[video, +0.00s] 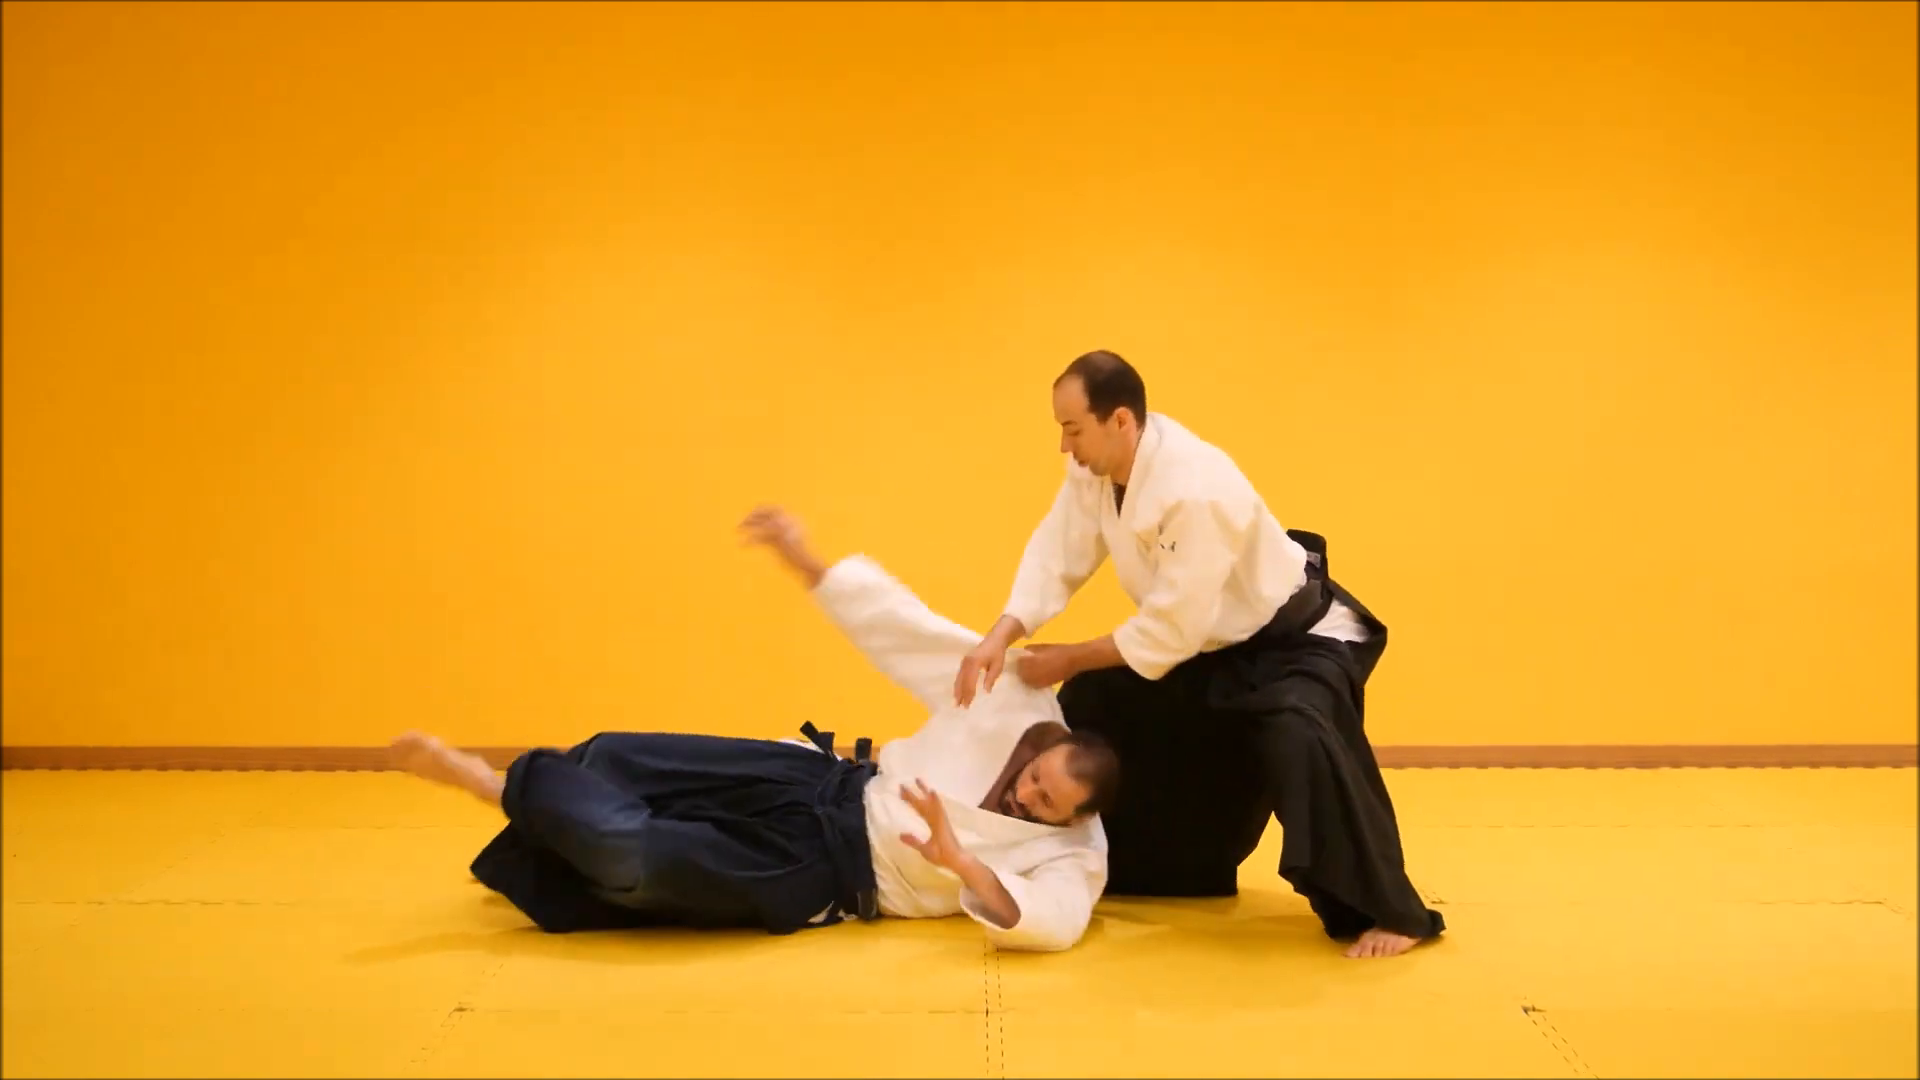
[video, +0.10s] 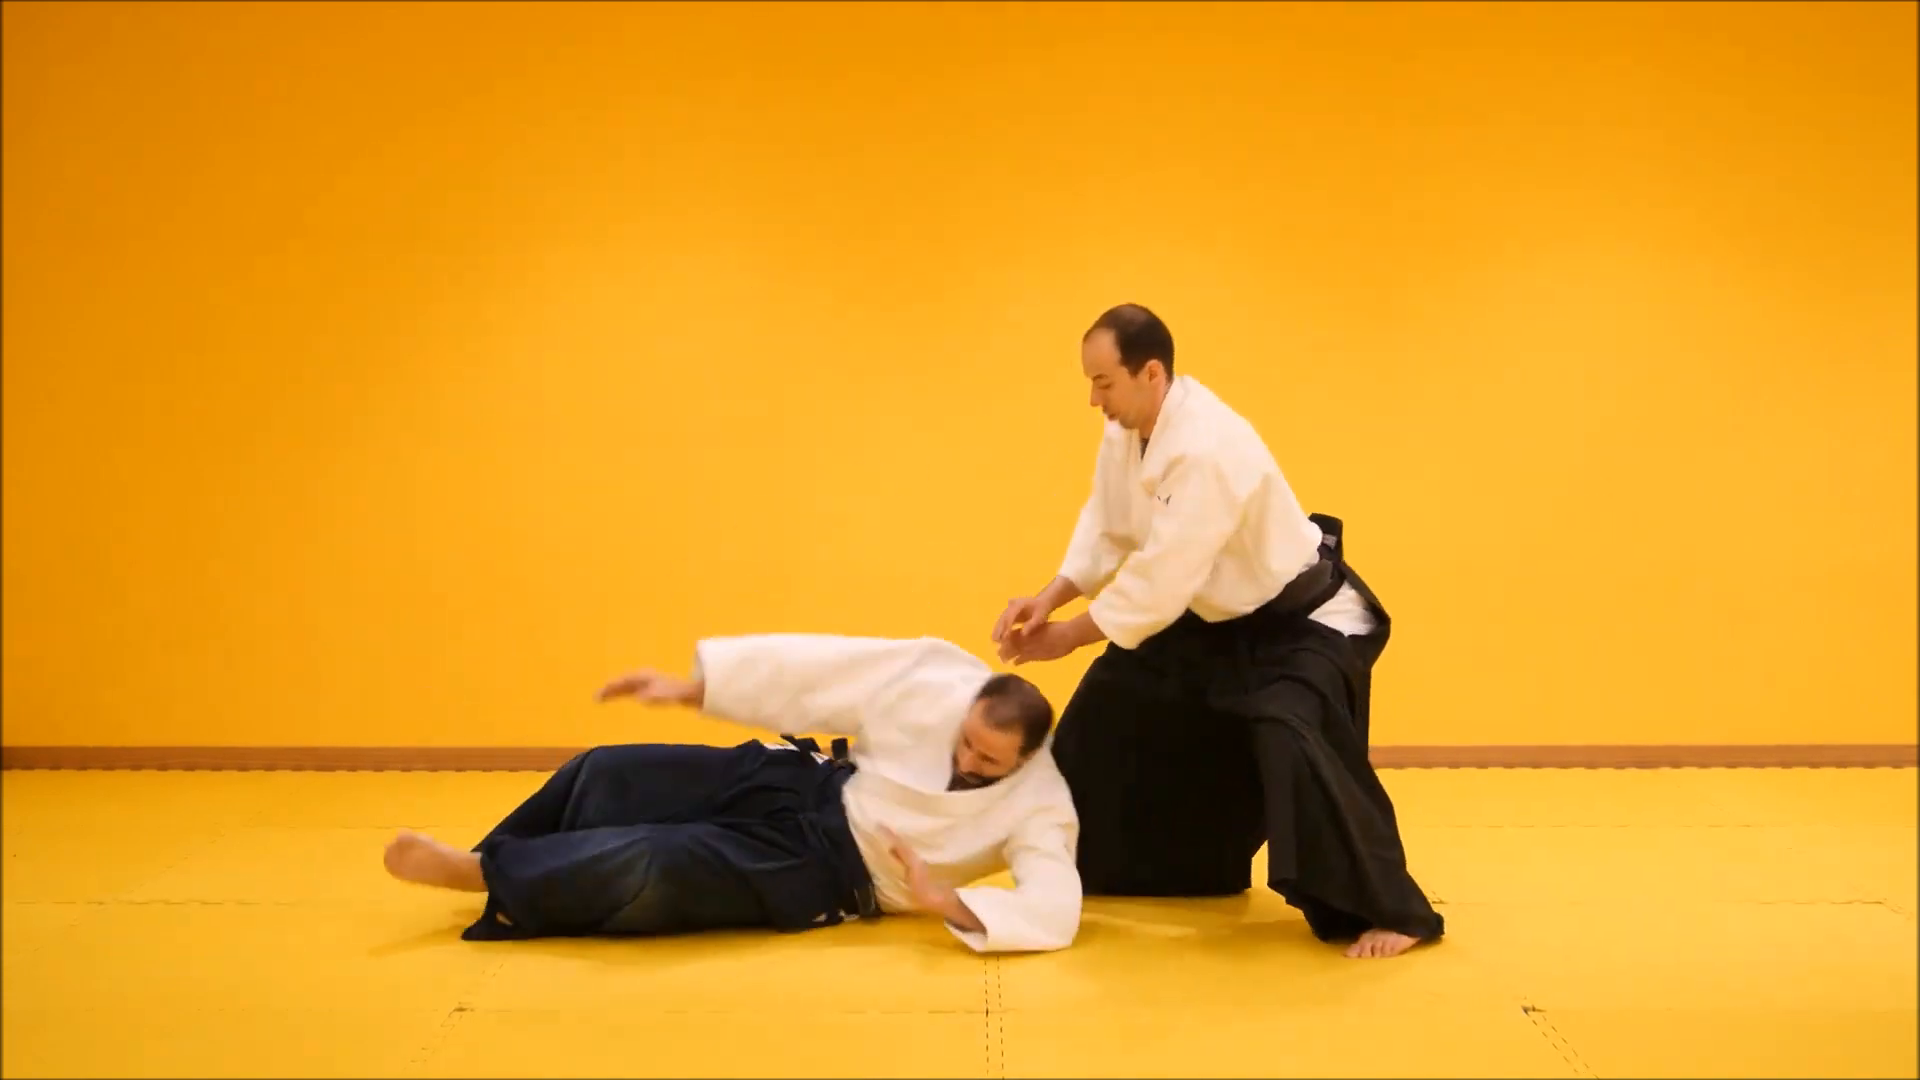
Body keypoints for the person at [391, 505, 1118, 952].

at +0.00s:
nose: (1033, 796)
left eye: (1055, 804)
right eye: (1038, 776)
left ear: (1086, 809)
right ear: (1045, 738)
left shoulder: (1074, 852)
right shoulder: (1004, 693)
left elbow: (1043, 923)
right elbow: (910, 632)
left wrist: (958, 862)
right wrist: (810, 563)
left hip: (824, 874)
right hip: (811, 779)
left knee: (633, 851)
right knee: (606, 762)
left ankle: (501, 781)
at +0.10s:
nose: (968, 764)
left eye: (987, 763)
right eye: (964, 746)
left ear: (1027, 754)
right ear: (965, 708)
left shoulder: (1040, 805)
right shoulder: (937, 677)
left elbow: (1056, 911)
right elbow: (825, 672)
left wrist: (954, 903)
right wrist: (697, 682)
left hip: (820, 868)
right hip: (790, 779)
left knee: (656, 862)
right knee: (603, 775)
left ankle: (484, 868)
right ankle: (501, 894)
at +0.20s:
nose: (896, 725)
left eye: (916, 719)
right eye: (889, 706)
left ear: (955, 705)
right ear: (878, 669)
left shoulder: (996, 764)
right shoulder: (836, 655)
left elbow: (1041, 877)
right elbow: (743, 713)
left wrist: (953, 918)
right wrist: (668, 788)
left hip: (822, 860)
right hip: (766, 777)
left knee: (663, 873)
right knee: (609, 734)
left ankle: (516, 897)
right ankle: (518, 886)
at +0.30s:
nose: (855, 707)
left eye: (874, 694)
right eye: (843, 688)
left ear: (901, 671)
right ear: (818, 653)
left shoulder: (945, 721)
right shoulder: (756, 655)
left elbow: (997, 833)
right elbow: (674, 741)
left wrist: (925, 921)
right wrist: (696, 858)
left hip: (802, 853)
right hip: (733, 780)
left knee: (652, 917)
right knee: (593, 699)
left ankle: (551, 891)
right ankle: (541, 861)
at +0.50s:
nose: (825, 673)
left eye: (834, 657)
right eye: (810, 661)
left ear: (843, 636)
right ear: (760, 639)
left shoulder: (852, 679)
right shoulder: (687, 652)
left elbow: (906, 780)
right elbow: (634, 784)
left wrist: (913, 918)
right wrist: (696, 901)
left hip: (734, 807)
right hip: (650, 746)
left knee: (668, 926)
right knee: (494, 741)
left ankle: (552, 886)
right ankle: (519, 887)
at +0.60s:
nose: (824, 637)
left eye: (829, 622)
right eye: (809, 625)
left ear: (835, 609)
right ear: (756, 616)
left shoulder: (832, 650)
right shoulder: (663, 626)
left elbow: (868, 767)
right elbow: (648, 773)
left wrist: (905, 906)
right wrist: (697, 905)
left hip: (710, 758)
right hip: (606, 705)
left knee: (702, 905)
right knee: (472, 768)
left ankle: (569, 879)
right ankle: (494, 883)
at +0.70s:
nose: (815, 605)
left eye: (818, 589)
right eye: (804, 592)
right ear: (751, 591)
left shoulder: (796, 622)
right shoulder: (655, 610)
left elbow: (814, 732)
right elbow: (647, 762)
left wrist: (843, 862)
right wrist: (695, 904)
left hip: (648, 709)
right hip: (544, 681)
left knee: (714, 834)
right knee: (513, 818)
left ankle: (554, 869)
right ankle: (451, 873)